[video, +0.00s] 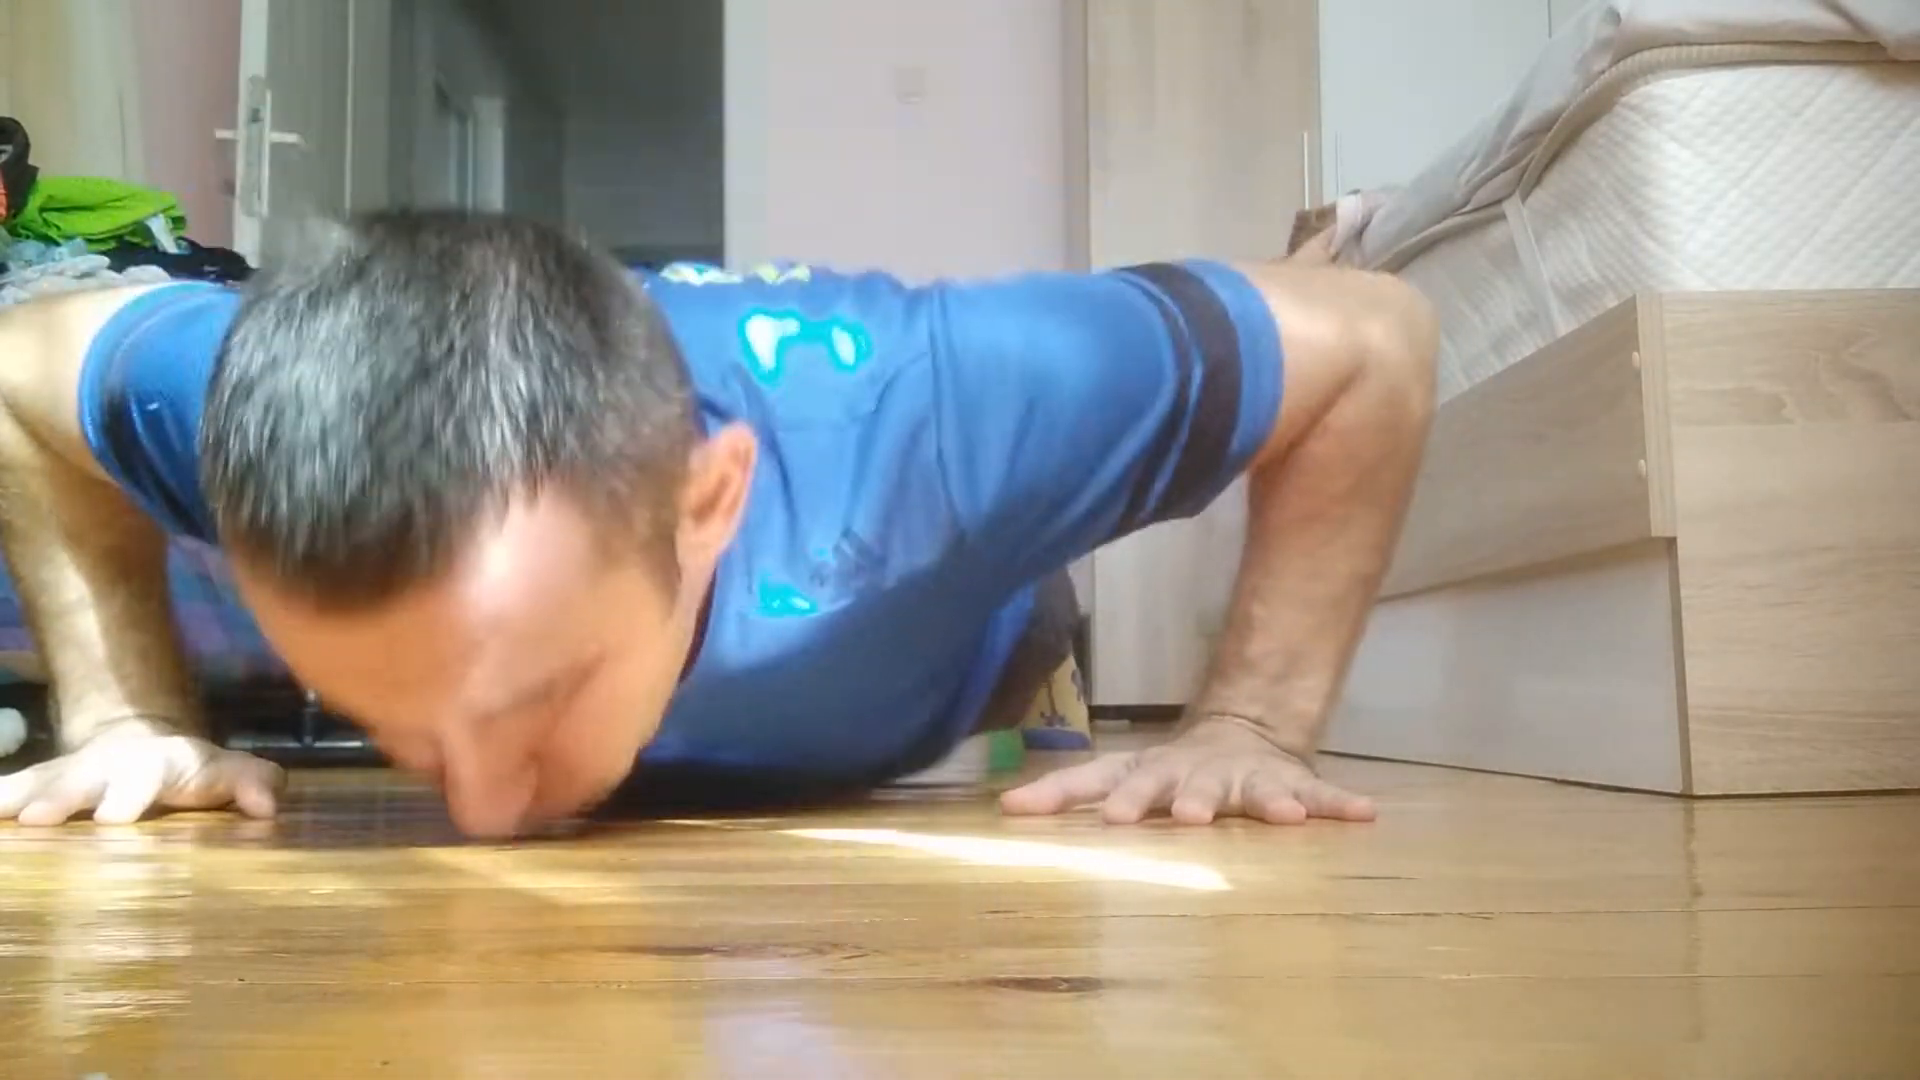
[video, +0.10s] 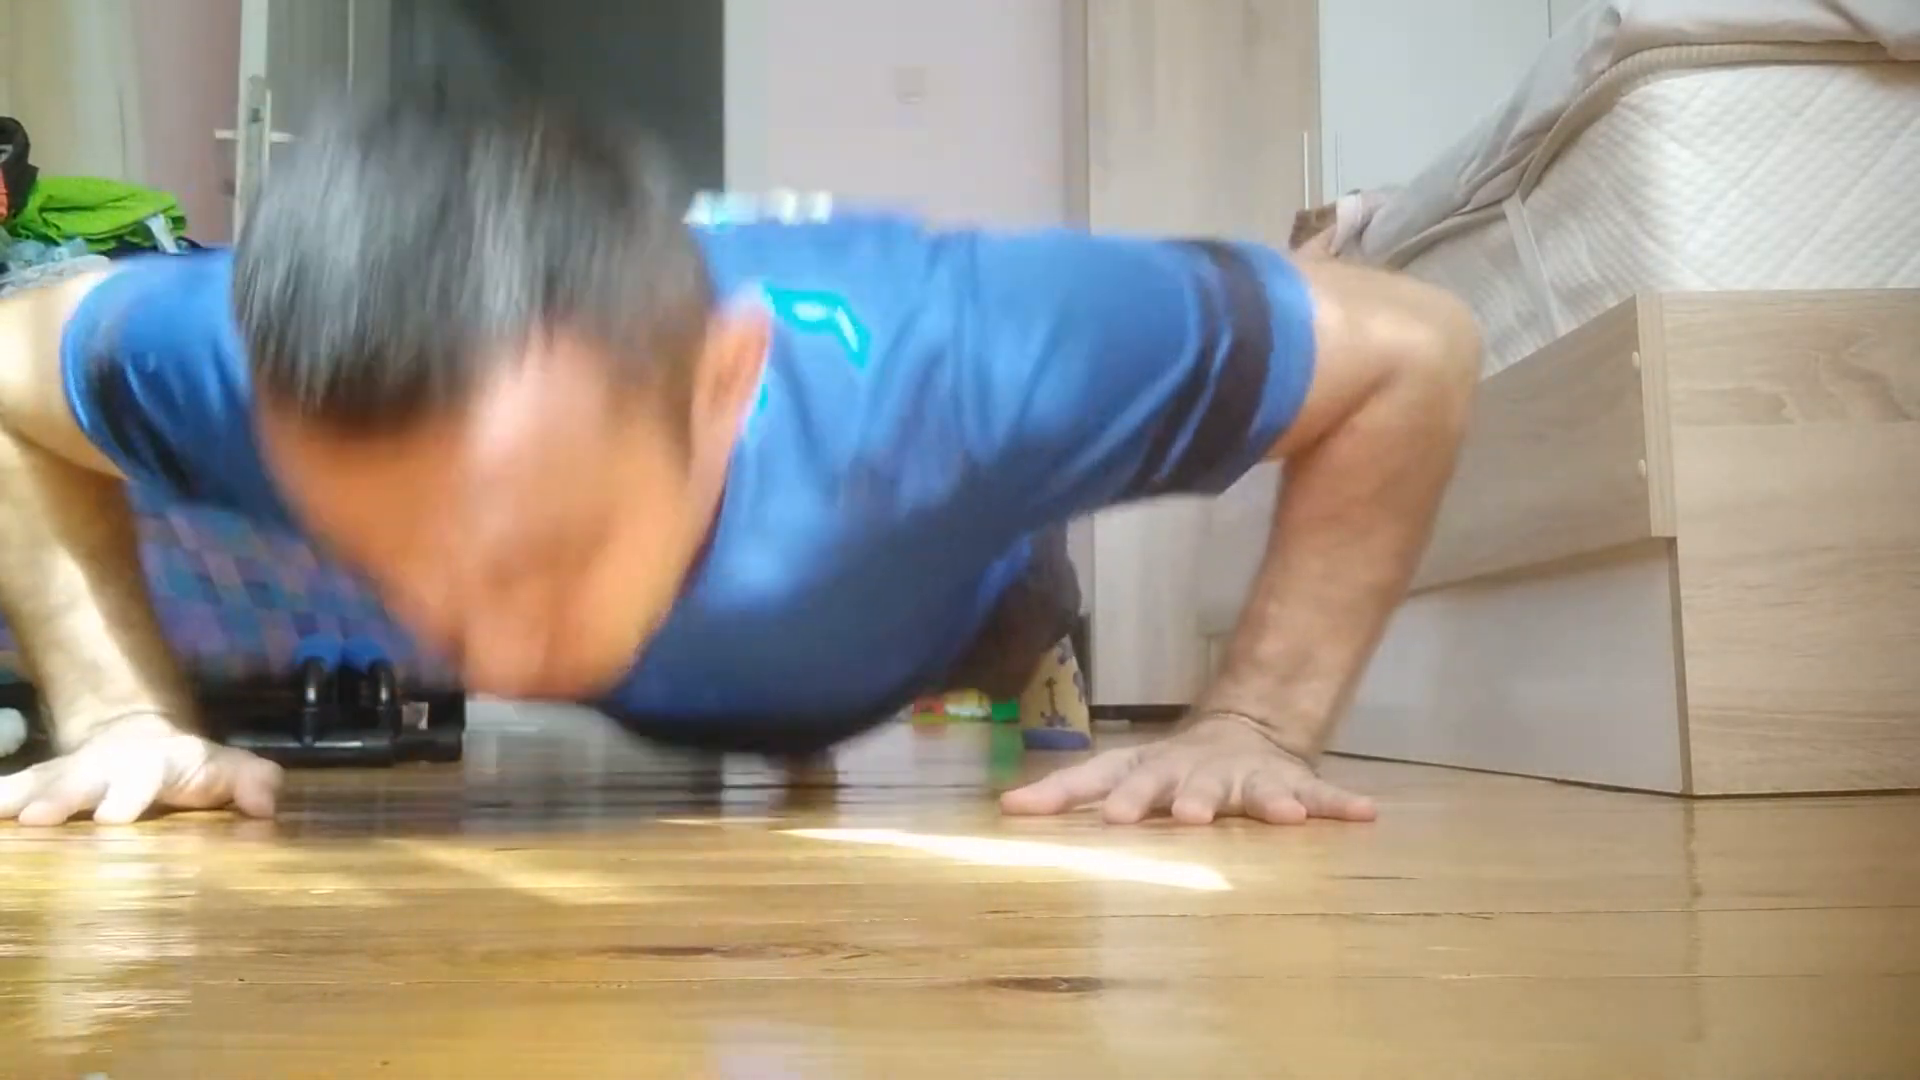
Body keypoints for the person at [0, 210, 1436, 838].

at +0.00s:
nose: (474, 798)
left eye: (543, 698)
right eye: (387, 716)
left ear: (708, 511)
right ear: (280, 556)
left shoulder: (940, 431)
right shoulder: (235, 404)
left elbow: (1374, 342)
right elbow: (27, 364)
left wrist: (1251, 721)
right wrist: (125, 715)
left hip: (910, 727)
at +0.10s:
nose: (488, 655)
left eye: (547, 573)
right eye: (406, 587)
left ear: (718, 388)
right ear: (317, 463)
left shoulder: (962, 370)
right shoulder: (241, 363)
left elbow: (1410, 352)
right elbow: (24, 369)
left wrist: (1260, 723)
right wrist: (121, 706)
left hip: (943, 641)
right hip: (681, 664)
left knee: (1008, 633)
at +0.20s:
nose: (510, 439)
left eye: (563, 346)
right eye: (435, 360)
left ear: (738, 189)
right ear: (347, 261)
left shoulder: (962, 238)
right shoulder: (271, 260)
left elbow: (1416, 357)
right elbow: (12, 389)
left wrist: (1263, 720)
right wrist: (128, 708)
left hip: (961, 556)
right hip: (718, 593)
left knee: (1013, 622)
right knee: (801, 641)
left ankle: (1033, 653)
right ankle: (807, 683)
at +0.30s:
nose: (530, 214)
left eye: (584, 109)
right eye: (457, 139)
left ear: (738, 19)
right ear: (383, 76)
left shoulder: (978, 101)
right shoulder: (303, 134)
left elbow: (1376, 357)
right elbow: (45, 380)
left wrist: (1264, 714)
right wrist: (134, 717)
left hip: (954, 495)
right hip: (704, 535)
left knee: (1008, 607)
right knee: (791, 611)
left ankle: (1027, 644)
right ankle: (816, 657)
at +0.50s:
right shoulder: (360, 17)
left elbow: (1216, 280)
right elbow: (210, 300)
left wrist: (1249, 709)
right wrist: (145, 712)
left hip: (942, 387)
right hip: (687, 427)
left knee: (1002, 564)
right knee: (783, 569)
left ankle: (1012, 626)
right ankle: (820, 644)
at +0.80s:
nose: (572, 142)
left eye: (614, 59)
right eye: (513, 64)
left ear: (720, 12)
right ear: (440, 15)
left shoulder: (966, 35)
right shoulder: (338, 64)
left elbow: (1325, 334)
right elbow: (98, 366)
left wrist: (1250, 716)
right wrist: (138, 717)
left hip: (949, 507)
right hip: (694, 548)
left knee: (1003, 626)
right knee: (780, 626)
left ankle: (1006, 660)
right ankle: (802, 667)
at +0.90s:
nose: (511, 500)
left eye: (570, 410)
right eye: (438, 424)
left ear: (724, 232)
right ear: (330, 290)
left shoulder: (957, 235)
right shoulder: (255, 273)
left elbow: (1349, 358)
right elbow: (53, 394)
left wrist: (1252, 715)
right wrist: (134, 712)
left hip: (972, 637)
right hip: (649, 645)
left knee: (1017, 648)